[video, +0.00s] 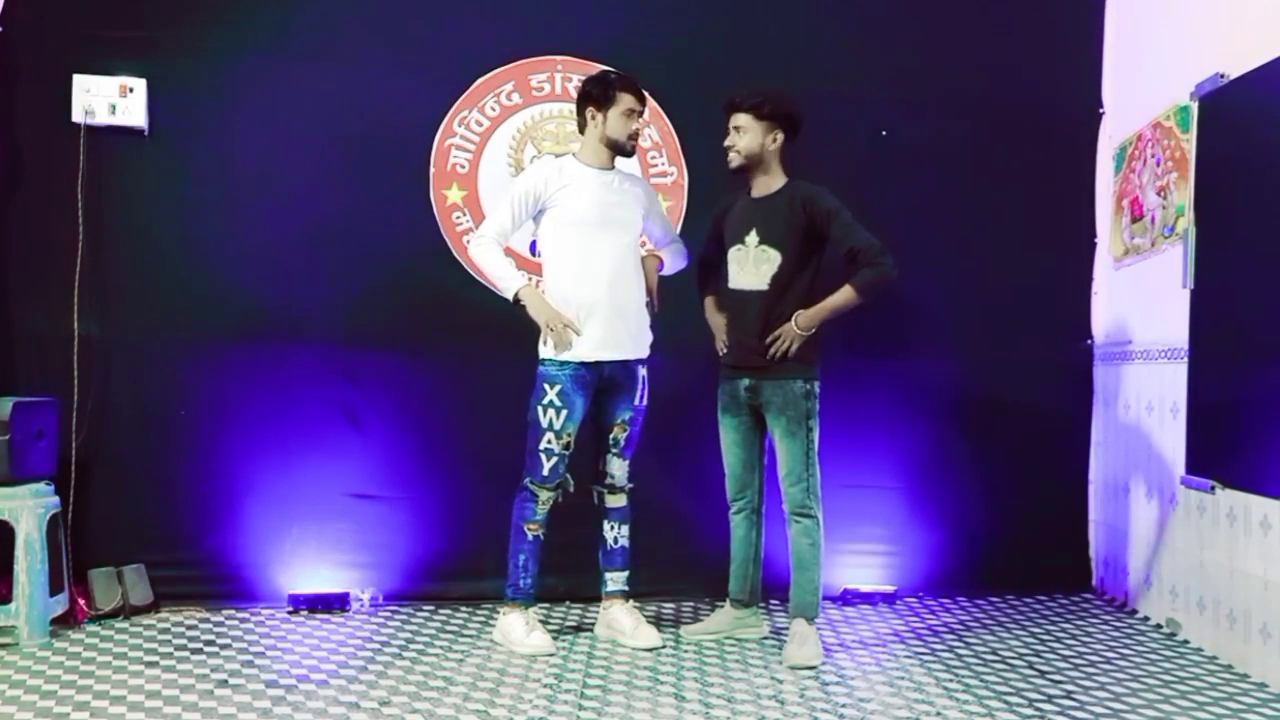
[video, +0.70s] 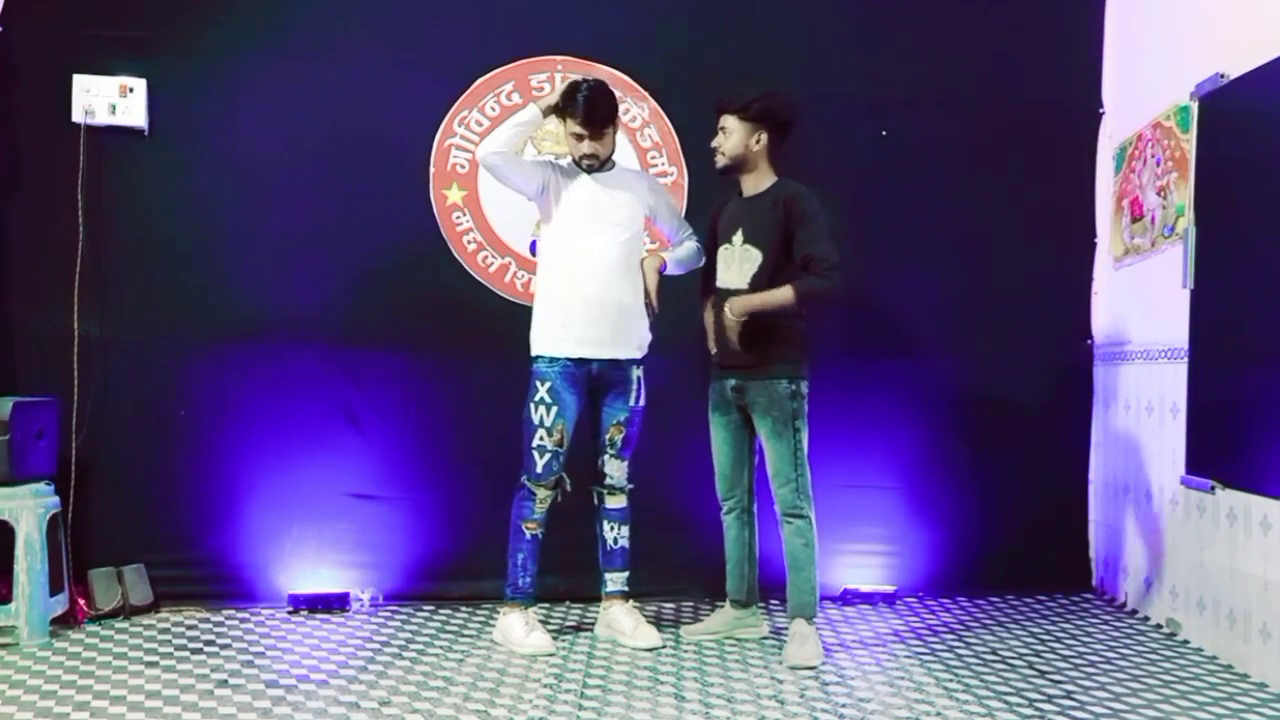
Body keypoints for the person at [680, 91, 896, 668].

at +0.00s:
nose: (729, 140)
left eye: (739, 131)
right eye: (728, 132)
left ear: (774, 138)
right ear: (740, 143)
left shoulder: (811, 202)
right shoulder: (730, 210)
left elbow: (876, 267)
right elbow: (706, 271)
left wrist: (812, 316)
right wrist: (716, 316)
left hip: (789, 375)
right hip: (735, 375)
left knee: (800, 503)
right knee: (740, 498)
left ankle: (803, 622)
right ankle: (742, 609)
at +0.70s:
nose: (714, 142)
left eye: (725, 132)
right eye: (716, 132)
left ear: (759, 139)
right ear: (745, 142)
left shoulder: (796, 202)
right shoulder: (721, 211)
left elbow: (825, 279)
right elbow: (711, 281)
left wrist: (748, 302)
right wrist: (711, 317)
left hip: (777, 377)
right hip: (724, 378)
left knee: (790, 503)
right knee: (733, 499)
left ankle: (802, 622)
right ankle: (741, 609)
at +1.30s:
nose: (697, 150)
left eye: (709, 139)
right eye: (693, 140)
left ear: (742, 145)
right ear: (696, 146)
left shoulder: (766, 199)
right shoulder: (713, 208)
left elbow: (713, 236)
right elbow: (672, 239)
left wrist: (645, 187)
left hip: (764, 371)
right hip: (727, 371)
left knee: (762, 499)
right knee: (730, 498)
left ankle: (759, 634)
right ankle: (738, 609)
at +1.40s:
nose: (695, 149)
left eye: (708, 138)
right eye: (691, 139)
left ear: (740, 144)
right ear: (692, 146)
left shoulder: (764, 199)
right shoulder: (712, 203)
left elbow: (708, 224)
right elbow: (667, 228)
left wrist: (636, 165)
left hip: (766, 373)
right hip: (729, 373)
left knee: (763, 502)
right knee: (731, 500)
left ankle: (761, 636)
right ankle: (739, 611)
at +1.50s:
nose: (688, 148)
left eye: (698, 137)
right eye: (685, 137)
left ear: (734, 140)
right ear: (694, 144)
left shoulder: (764, 196)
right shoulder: (712, 199)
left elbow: (709, 230)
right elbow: (660, 208)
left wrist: (647, 167)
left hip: (769, 371)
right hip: (732, 371)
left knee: (767, 502)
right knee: (731, 499)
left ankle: (762, 637)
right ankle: (739, 612)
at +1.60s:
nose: (680, 144)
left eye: (689, 133)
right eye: (681, 133)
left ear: (722, 137)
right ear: (714, 140)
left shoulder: (765, 196)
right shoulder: (715, 200)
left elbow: (719, 251)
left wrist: (665, 189)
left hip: (768, 371)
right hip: (733, 370)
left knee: (765, 501)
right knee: (728, 496)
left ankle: (763, 638)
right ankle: (738, 612)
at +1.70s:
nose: (680, 140)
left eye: (688, 130)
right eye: (681, 130)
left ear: (718, 135)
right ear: (714, 136)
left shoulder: (764, 194)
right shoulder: (717, 197)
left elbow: (739, 271)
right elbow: (716, 271)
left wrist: (677, 217)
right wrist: (670, 230)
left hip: (766, 369)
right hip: (732, 368)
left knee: (762, 501)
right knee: (728, 497)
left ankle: (761, 637)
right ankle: (737, 616)